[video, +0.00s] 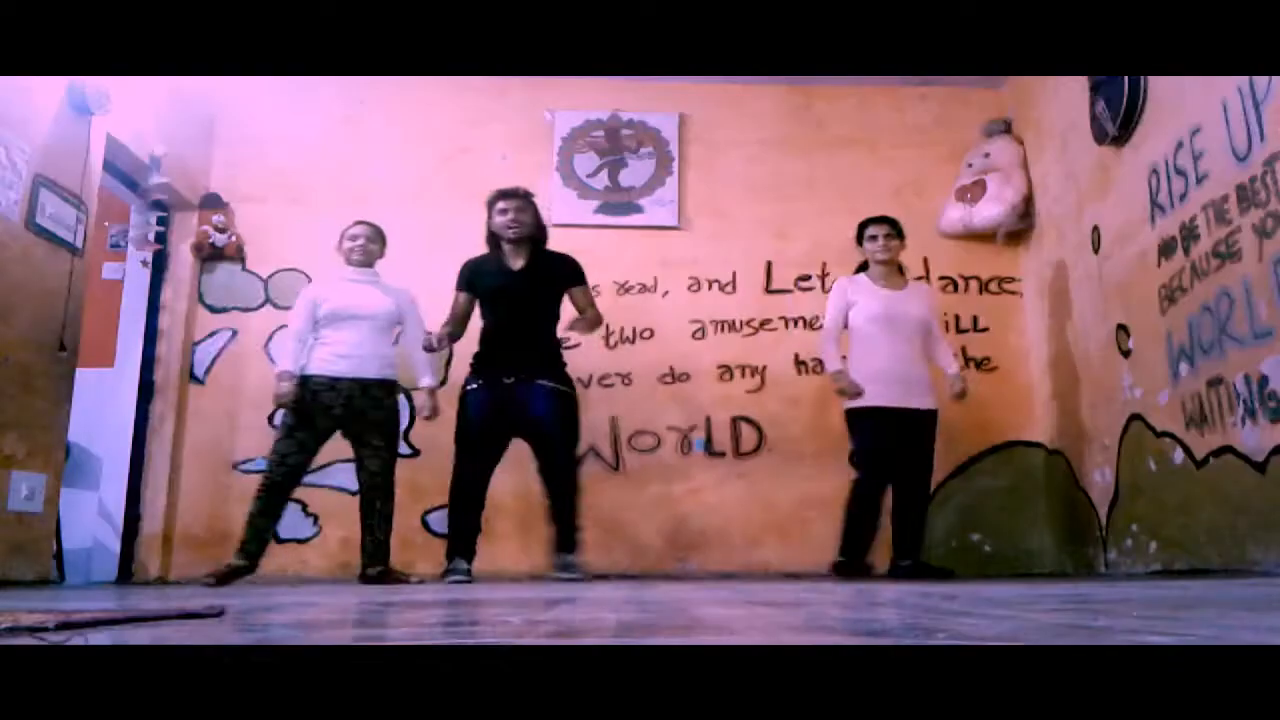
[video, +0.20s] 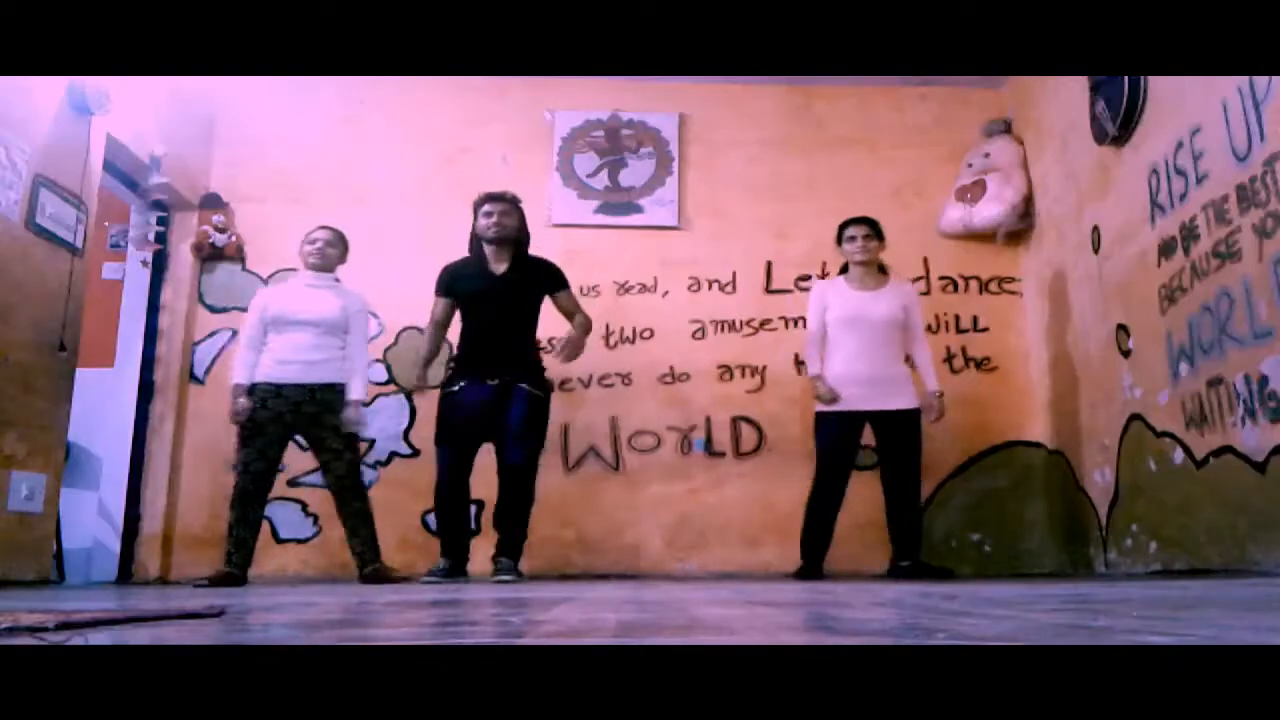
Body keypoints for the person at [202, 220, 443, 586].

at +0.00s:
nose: (360, 244)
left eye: (368, 239)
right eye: (353, 238)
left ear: (381, 251)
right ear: (339, 247)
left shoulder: (399, 297)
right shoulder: (318, 290)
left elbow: (419, 343)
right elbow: (297, 335)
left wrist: (427, 387)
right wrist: (286, 377)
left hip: (375, 395)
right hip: (318, 391)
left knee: (378, 483)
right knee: (281, 473)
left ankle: (376, 566)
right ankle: (245, 559)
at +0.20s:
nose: (318, 246)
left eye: (328, 242)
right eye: (311, 241)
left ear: (342, 257)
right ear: (300, 251)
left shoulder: (351, 299)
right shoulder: (271, 292)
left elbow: (357, 353)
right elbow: (249, 342)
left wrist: (355, 400)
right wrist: (240, 390)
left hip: (326, 398)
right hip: (270, 396)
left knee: (347, 481)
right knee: (251, 482)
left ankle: (370, 565)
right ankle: (235, 569)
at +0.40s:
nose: (295, 245)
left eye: (305, 242)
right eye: (289, 239)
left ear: (319, 255)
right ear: (277, 248)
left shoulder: (331, 298)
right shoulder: (248, 290)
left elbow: (335, 353)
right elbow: (228, 339)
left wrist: (312, 391)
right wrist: (214, 388)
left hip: (307, 396)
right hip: (251, 395)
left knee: (321, 482)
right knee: (244, 484)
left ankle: (340, 567)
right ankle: (235, 568)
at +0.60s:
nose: (285, 246)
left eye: (295, 243)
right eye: (279, 241)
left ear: (309, 256)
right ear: (266, 249)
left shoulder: (323, 298)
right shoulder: (240, 290)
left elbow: (337, 352)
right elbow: (214, 340)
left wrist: (347, 397)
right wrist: (212, 378)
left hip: (300, 394)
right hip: (244, 393)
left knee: (312, 475)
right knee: (239, 481)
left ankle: (340, 561)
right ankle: (234, 567)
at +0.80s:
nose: (222, 222)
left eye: (233, 218)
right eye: (212, 216)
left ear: (248, 234)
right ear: (197, 228)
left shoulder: (262, 285)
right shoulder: (177, 268)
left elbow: (288, 341)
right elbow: (153, 313)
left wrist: (325, 383)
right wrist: (165, 355)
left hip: (249, 400)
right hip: (186, 398)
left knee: (238, 501)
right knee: (170, 503)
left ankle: (234, 609)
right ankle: (154, 611)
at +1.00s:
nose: (248, 217)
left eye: (257, 213)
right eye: (237, 212)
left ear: (271, 229)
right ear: (219, 226)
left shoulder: (284, 285)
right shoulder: (205, 268)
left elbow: (299, 345)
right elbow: (171, 322)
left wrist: (318, 392)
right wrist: (158, 372)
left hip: (268, 404)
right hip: (209, 398)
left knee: (260, 511)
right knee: (201, 499)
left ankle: (225, 608)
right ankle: (160, 603)